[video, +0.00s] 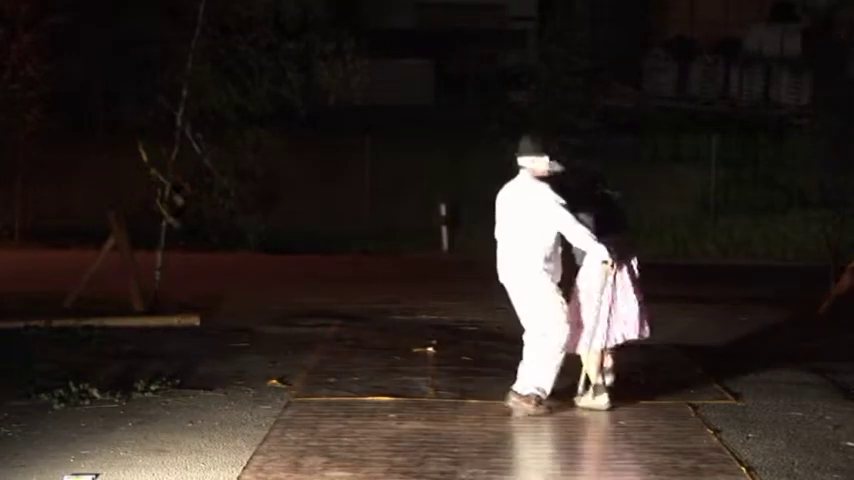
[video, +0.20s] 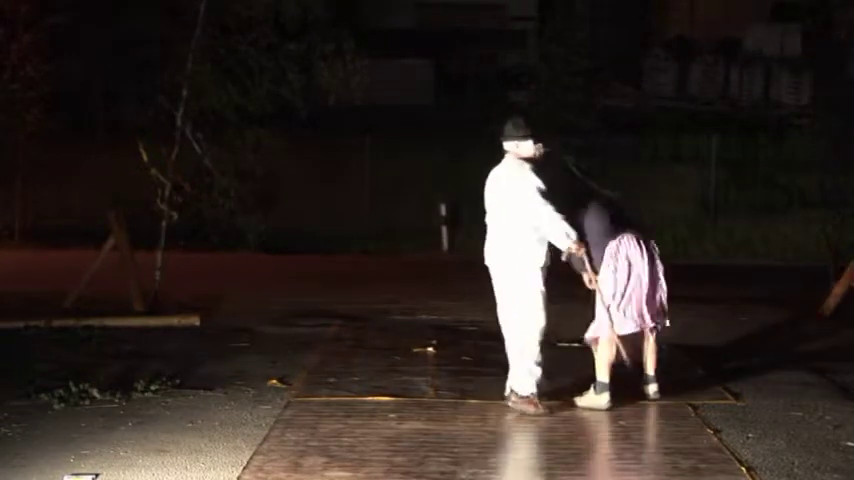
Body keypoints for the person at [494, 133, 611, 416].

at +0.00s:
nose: (550, 165)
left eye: (548, 160)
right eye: (547, 160)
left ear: (521, 162)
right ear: (538, 163)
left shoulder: (505, 192)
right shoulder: (543, 195)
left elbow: (500, 233)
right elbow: (570, 227)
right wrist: (601, 252)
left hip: (509, 272)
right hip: (535, 273)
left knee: (535, 328)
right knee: (557, 326)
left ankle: (522, 388)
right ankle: (533, 391)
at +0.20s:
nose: (536, 145)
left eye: (534, 139)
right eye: (530, 141)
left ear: (509, 145)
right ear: (515, 145)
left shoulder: (497, 175)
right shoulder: (522, 178)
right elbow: (542, 214)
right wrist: (571, 242)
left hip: (501, 260)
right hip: (521, 263)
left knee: (514, 320)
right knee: (530, 320)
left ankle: (517, 384)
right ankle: (524, 389)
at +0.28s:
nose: (530, 146)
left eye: (528, 140)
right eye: (524, 141)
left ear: (505, 144)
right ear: (508, 144)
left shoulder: (498, 173)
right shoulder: (507, 176)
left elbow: (518, 216)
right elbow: (526, 214)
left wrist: (546, 240)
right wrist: (555, 238)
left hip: (505, 263)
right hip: (510, 265)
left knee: (510, 321)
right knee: (521, 321)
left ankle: (494, 380)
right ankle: (520, 387)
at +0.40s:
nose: (516, 155)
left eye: (515, 149)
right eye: (510, 150)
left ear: (497, 151)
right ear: (493, 152)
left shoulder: (502, 181)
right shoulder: (485, 184)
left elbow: (506, 226)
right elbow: (496, 226)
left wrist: (528, 246)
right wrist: (527, 243)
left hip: (509, 268)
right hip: (496, 269)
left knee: (499, 325)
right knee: (522, 322)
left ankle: (469, 388)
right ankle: (518, 390)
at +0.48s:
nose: (504, 165)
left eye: (506, 158)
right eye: (497, 158)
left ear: (510, 160)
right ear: (481, 159)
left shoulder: (499, 192)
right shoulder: (471, 193)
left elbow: (507, 232)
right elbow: (476, 235)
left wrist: (527, 251)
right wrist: (510, 248)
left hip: (502, 275)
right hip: (485, 277)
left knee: (489, 330)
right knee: (521, 324)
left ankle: (467, 390)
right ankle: (520, 391)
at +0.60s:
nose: (491, 175)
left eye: (496, 167)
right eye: (484, 169)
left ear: (502, 168)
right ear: (470, 169)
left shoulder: (503, 197)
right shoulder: (458, 198)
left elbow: (521, 226)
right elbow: (442, 234)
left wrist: (532, 249)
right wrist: (480, 251)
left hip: (499, 273)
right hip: (467, 276)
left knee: (493, 331)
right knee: (503, 322)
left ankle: (469, 395)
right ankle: (525, 391)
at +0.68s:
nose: (484, 177)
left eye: (488, 170)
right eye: (477, 172)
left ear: (494, 169)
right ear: (466, 170)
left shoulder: (501, 201)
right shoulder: (454, 195)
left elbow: (527, 221)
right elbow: (425, 226)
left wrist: (536, 247)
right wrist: (461, 244)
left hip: (490, 274)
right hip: (457, 274)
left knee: (491, 329)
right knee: (487, 323)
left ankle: (472, 393)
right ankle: (517, 382)